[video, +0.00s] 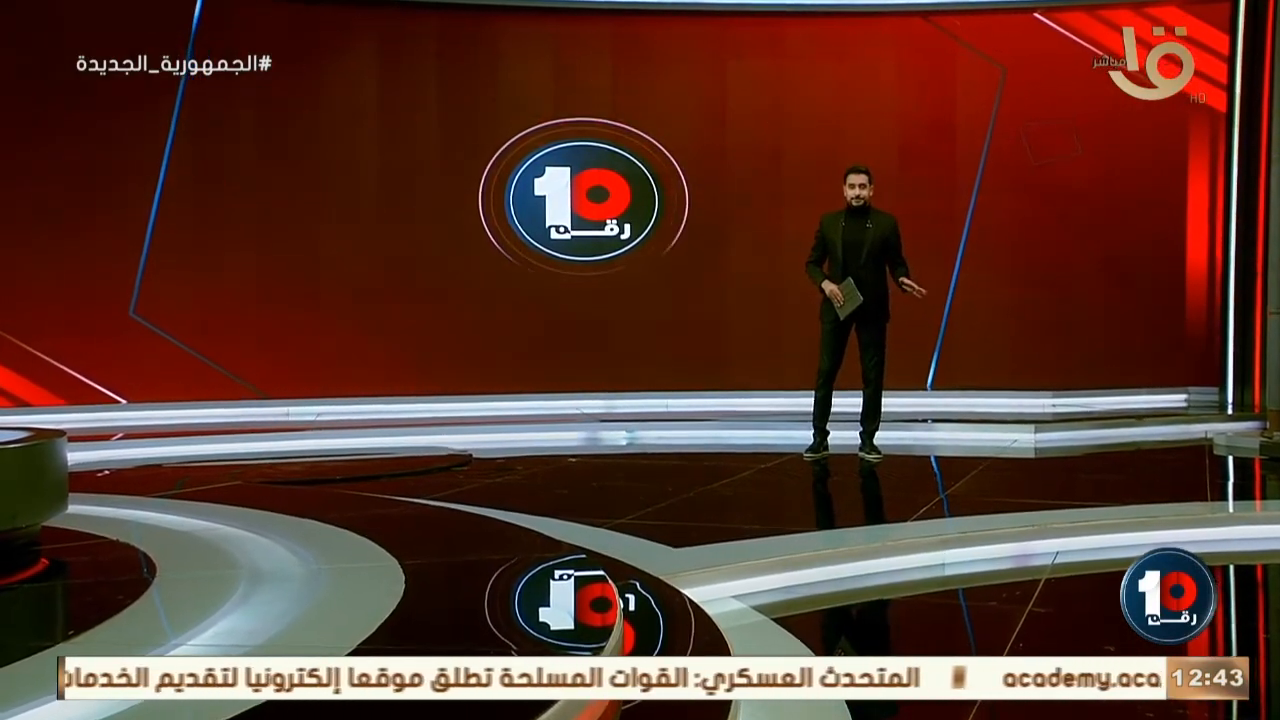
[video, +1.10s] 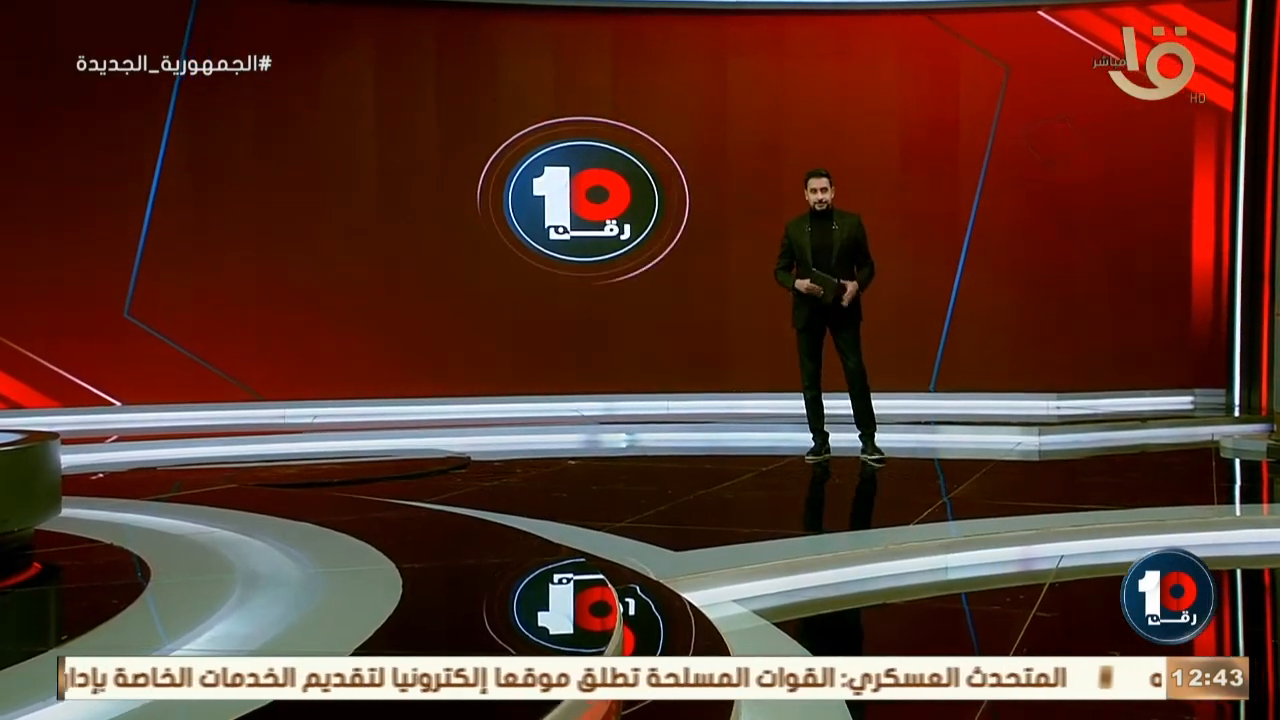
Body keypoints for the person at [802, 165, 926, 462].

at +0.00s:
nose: (857, 192)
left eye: (862, 186)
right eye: (852, 186)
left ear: (871, 190)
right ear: (844, 190)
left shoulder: (886, 223)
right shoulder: (830, 223)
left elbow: (896, 261)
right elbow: (812, 265)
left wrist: (903, 278)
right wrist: (825, 283)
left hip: (873, 308)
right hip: (836, 307)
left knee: (873, 376)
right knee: (826, 372)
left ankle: (868, 440)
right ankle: (819, 437)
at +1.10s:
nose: (819, 196)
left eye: (824, 190)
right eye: (814, 191)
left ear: (833, 191)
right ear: (806, 194)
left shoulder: (851, 224)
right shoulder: (795, 228)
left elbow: (867, 266)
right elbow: (781, 271)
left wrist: (857, 285)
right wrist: (796, 284)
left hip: (844, 311)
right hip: (809, 313)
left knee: (856, 373)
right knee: (810, 379)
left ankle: (868, 441)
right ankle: (820, 441)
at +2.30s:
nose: (849, 201)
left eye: (854, 196)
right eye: (844, 196)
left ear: (861, 195)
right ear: (834, 194)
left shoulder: (876, 223)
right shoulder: (819, 227)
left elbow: (892, 269)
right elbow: (805, 271)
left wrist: (875, 269)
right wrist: (823, 267)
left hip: (867, 313)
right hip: (830, 314)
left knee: (872, 379)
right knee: (824, 378)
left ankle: (872, 444)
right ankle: (822, 443)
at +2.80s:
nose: (865, 205)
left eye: (870, 199)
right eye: (860, 199)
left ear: (878, 197)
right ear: (850, 195)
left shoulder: (893, 224)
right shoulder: (836, 225)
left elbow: (907, 271)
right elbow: (821, 272)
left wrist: (886, 272)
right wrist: (835, 269)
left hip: (881, 315)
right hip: (845, 315)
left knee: (882, 381)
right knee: (833, 377)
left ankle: (873, 447)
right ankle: (823, 444)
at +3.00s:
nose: (868, 205)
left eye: (874, 198)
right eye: (863, 198)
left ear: (882, 197)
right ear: (854, 195)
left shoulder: (897, 225)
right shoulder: (839, 225)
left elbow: (911, 272)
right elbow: (824, 271)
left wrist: (888, 272)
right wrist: (837, 269)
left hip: (883, 315)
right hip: (846, 314)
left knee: (883, 381)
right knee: (832, 374)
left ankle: (873, 447)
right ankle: (827, 443)